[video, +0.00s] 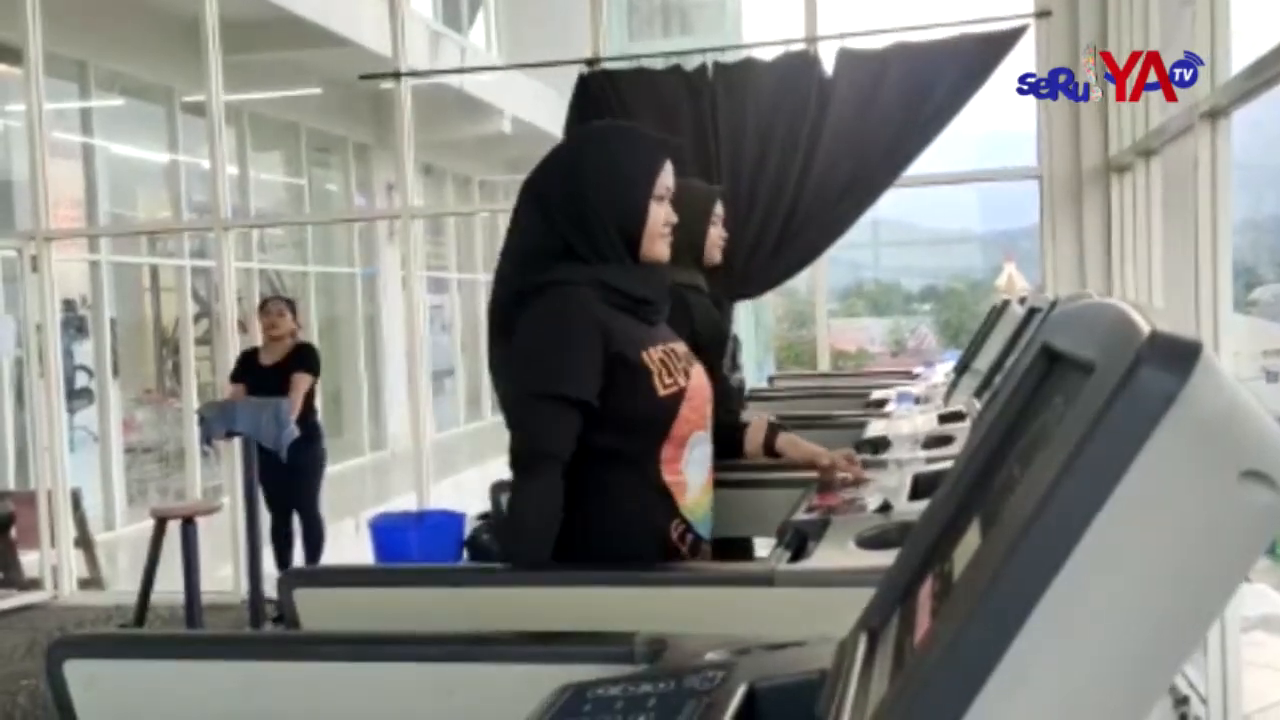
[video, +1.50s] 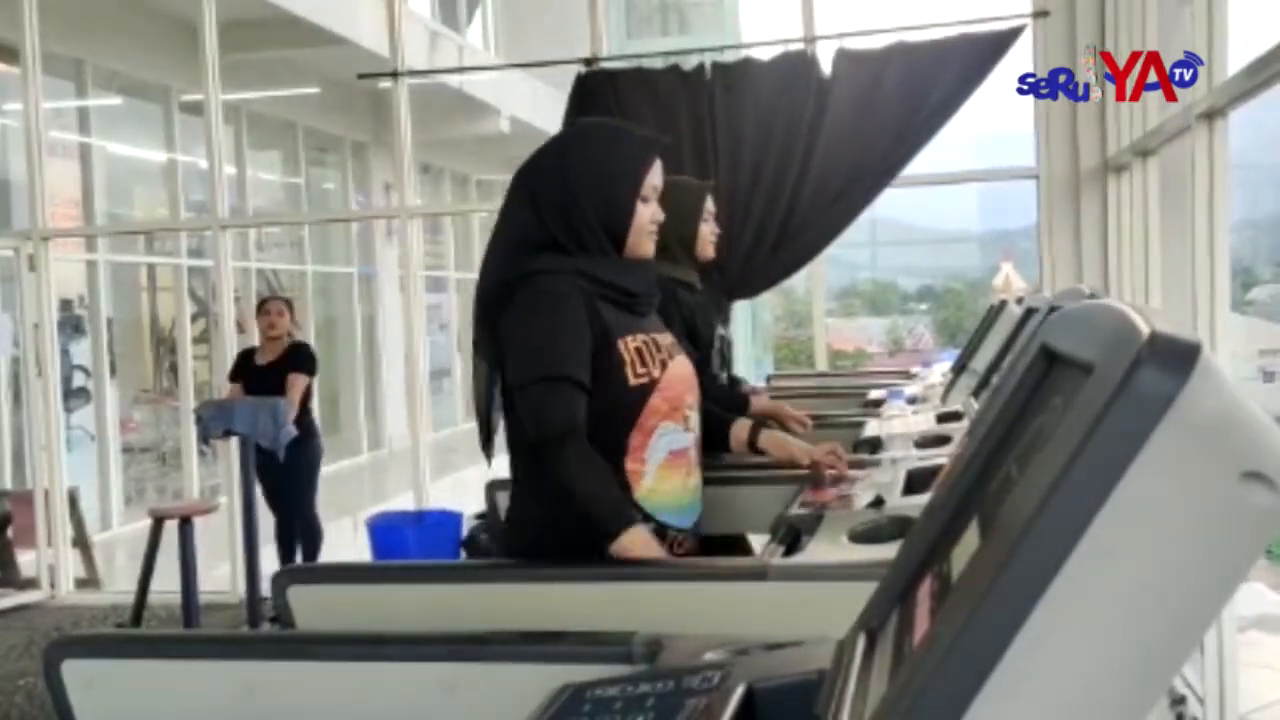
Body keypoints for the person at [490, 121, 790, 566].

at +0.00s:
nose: (674, 216)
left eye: (670, 199)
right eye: (659, 199)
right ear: (613, 202)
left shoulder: (637, 306)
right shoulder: (568, 312)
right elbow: (540, 470)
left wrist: (783, 444)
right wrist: (522, 599)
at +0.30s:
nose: (666, 207)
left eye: (662, 191)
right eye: (653, 190)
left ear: (617, 197)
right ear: (607, 193)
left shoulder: (624, 297)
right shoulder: (570, 300)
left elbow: (675, 420)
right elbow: (599, 448)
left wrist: (782, 447)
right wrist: (717, 523)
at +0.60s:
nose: (671, 194)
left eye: (669, 178)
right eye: (656, 177)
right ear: (608, 180)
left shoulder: (637, 278)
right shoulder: (560, 280)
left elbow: (670, 415)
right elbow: (551, 434)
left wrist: (778, 443)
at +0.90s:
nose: (668, 218)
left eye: (666, 203)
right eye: (654, 203)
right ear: (604, 205)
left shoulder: (634, 307)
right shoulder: (547, 312)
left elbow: (660, 431)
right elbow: (499, 461)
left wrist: (770, 447)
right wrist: (461, 578)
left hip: (651, 566)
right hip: (580, 577)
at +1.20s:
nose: (655, 211)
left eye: (653, 195)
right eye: (643, 193)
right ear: (593, 191)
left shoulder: (610, 288)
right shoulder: (549, 293)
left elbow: (664, 411)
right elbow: (568, 450)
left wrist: (785, 453)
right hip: (566, 571)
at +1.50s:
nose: (659, 216)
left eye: (657, 200)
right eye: (646, 199)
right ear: (597, 196)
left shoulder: (628, 295)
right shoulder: (551, 298)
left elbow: (676, 411)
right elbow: (558, 448)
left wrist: (779, 446)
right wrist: (653, 558)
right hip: (587, 569)